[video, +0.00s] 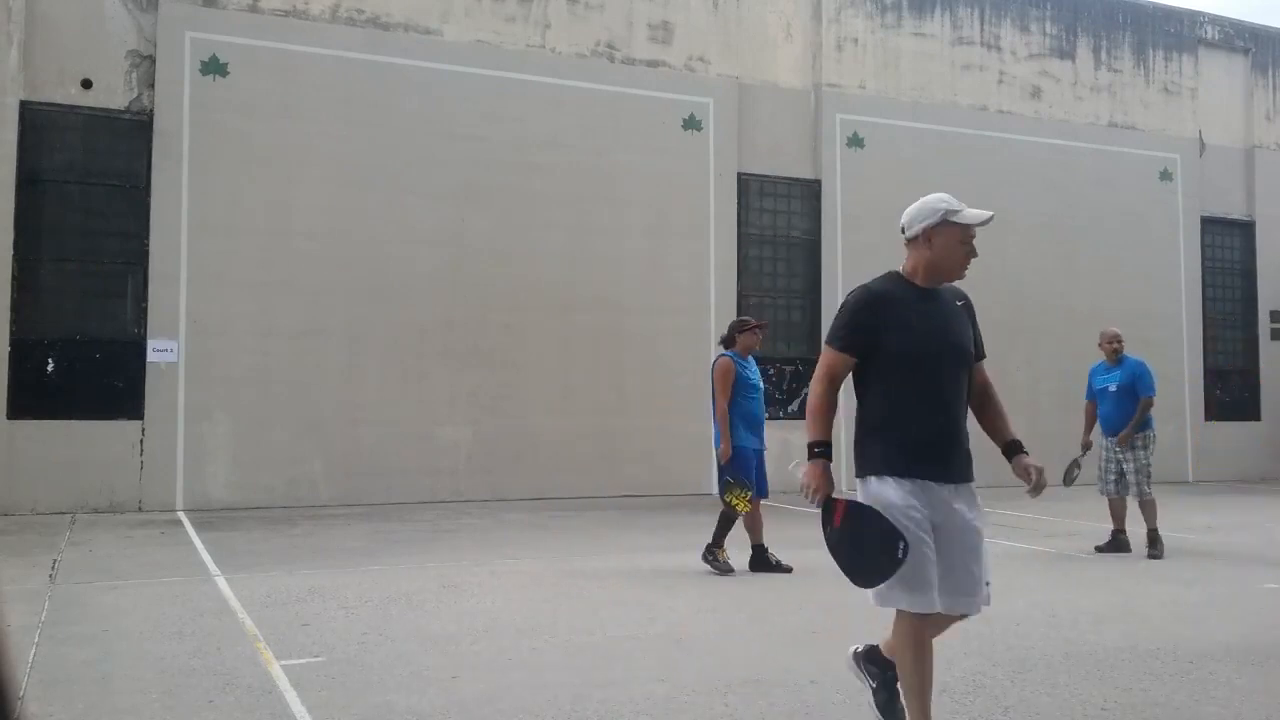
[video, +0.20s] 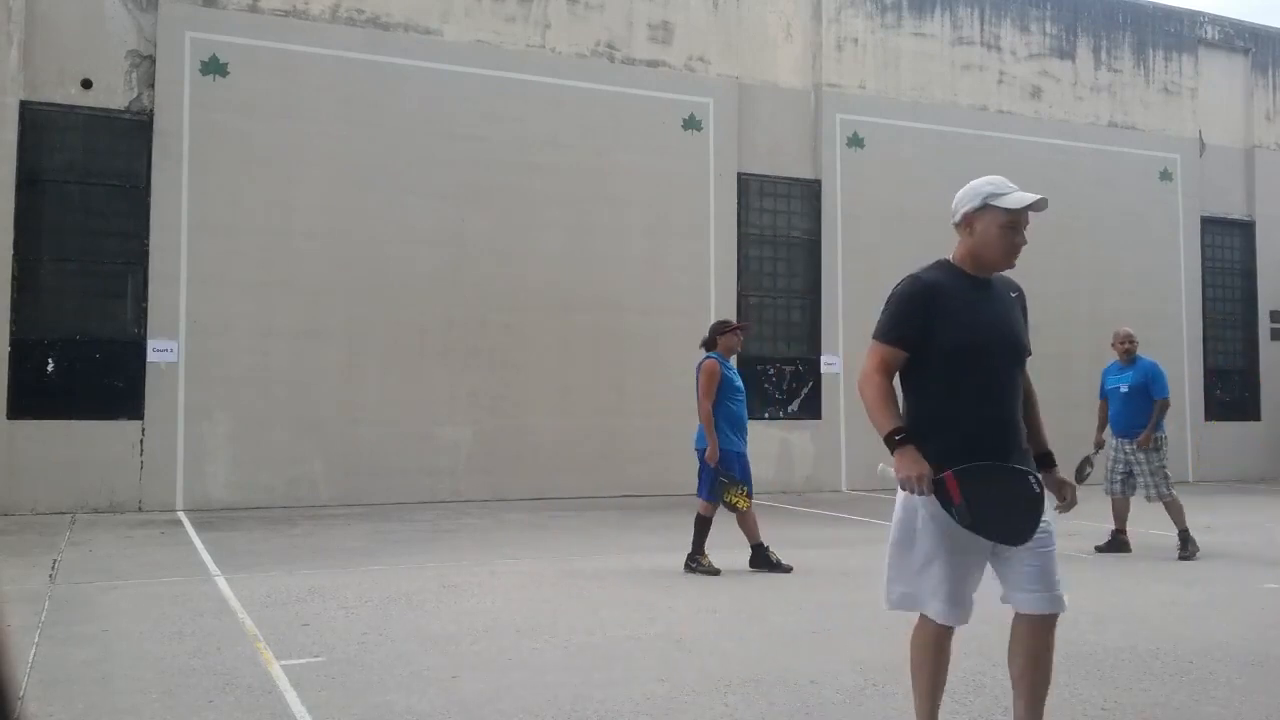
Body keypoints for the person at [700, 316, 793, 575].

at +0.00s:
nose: (759, 336)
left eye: (760, 332)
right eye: (754, 332)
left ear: (752, 338)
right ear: (739, 336)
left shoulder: (749, 363)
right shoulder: (726, 363)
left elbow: (751, 404)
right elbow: (721, 404)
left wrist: (759, 440)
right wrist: (725, 441)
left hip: (755, 442)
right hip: (737, 442)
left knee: (754, 498)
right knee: (738, 496)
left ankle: (759, 554)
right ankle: (715, 548)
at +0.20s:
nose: (740, 338)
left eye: (740, 334)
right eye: (735, 334)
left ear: (730, 339)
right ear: (720, 338)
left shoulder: (728, 366)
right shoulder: (711, 364)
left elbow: (727, 407)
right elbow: (704, 404)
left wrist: (738, 444)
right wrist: (712, 444)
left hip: (735, 447)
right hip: (717, 446)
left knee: (743, 502)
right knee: (709, 500)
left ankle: (759, 553)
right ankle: (696, 556)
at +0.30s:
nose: (730, 338)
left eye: (729, 334)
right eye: (725, 334)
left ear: (715, 340)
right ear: (710, 338)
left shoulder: (714, 365)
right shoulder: (700, 364)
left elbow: (715, 407)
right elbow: (696, 405)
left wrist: (728, 443)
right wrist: (708, 441)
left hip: (722, 445)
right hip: (704, 445)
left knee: (734, 498)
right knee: (697, 498)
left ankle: (752, 551)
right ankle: (694, 555)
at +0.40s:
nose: (718, 336)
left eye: (717, 332)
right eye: (714, 332)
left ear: (704, 337)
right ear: (699, 336)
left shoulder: (703, 363)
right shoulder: (689, 362)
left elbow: (703, 405)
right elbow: (684, 403)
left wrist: (714, 438)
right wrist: (698, 438)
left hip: (713, 441)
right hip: (693, 442)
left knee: (723, 493)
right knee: (690, 496)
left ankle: (723, 551)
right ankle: (693, 555)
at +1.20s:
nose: (626, 346)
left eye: (628, 341)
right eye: (622, 341)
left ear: (623, 343)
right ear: (607, 340)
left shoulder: (615, 365)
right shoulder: (595, 365)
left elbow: (621, 401)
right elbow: (589, 407)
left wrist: (642, 411)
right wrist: (592, 444)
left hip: (615, 444)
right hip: (600, 443)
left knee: (612, 497)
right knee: (593, 498)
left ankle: (613, 553)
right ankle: (556, 552)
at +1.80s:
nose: (597, 337)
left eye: (596, 333)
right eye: (593, 333)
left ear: (579, 336)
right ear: (580, 336)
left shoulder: (570, 360)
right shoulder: (572, 361)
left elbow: (576, 400)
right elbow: (568, 405)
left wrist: (601, 411)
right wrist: (586, 441)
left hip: (567, 441)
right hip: (558, 441)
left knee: (564, 498)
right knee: (552, 499)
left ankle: (563, 552)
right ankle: (544, 560)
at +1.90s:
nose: (599, 337)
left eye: (597, 333)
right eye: (595, 334)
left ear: (579, 337)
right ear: (583, 336)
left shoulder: (564, 359)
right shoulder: (578, 360)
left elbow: (567, 405)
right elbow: (573, 402)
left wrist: (590, 428)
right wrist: (590, 438)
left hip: (558, 438)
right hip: (564, 441)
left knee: (564, 499)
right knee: (559, 499)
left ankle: (562, 551)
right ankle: (546, 560)